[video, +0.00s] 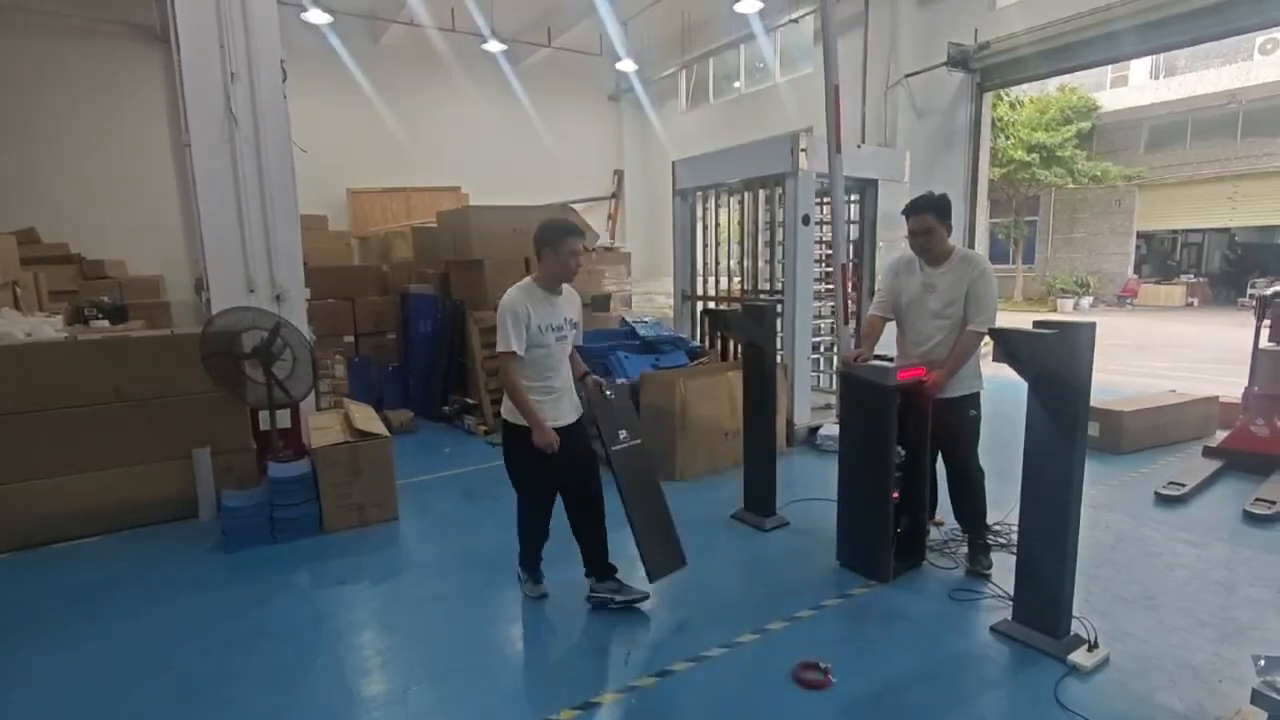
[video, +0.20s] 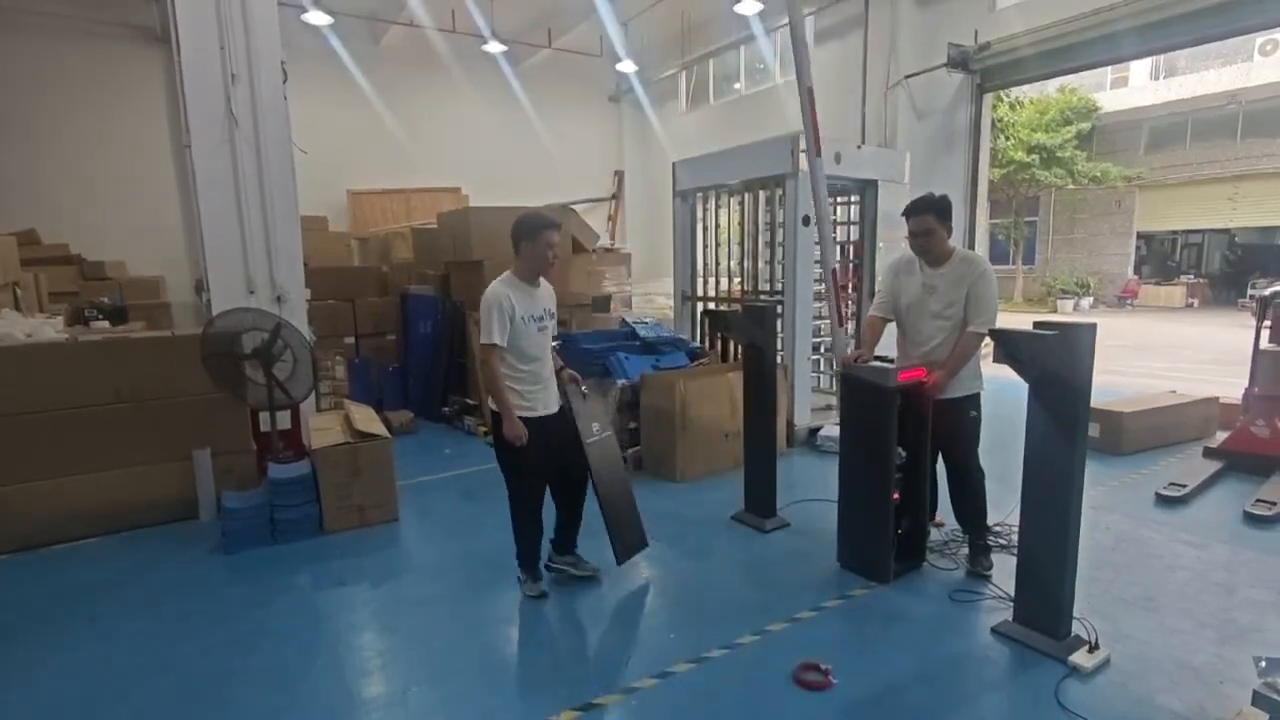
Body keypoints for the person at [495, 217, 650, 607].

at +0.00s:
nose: (580, 263)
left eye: (581, 255)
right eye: (573, 255)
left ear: (573, 256)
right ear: (546, 254)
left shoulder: (571, 298)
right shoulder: (515, 303)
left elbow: (568, 350)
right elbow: (509, 371)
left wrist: (586, 376)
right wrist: (537, 423)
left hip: (569, 421)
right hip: (527, 427)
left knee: (588, 503)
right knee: (535, 506)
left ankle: (601, 579)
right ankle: (530, 567)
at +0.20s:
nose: (555, 255)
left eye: (557, 248)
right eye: (548, 247)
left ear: (550, 249)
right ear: (523, 247)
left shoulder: (546, 291)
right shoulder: (497, 295)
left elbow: (543, 345)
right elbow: (489, 359)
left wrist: (562, 371)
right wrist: (507, 414)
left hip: (553, 413)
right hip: (518, 419)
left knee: (574, 478)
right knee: (526, 497)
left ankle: (563, 552)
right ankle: (529, 569)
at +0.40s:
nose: (540, 254)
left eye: (541, 247)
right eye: (533, 246)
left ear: (533, 249)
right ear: (510, 247)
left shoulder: (532, 291)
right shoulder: (486, 295)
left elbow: (528, 348)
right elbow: (477, 359)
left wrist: (550, 371)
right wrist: (488, 413)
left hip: (540, 406)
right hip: (509, 413)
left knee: (550, 471)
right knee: (520, 490)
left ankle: (520, 521)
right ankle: (527, 566)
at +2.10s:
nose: (538, 264)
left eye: (540, 258)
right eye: (532, 258)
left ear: (541, 259)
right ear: (514, 257)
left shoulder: (536, 292)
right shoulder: (498, 295)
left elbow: (539, 336)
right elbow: (491, 345)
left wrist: (557, 356)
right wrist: (501, 389)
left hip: (542, 389)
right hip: (515, 392)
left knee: (543, 450)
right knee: (514, 455)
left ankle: (544, 505)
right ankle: (496, 517)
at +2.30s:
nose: (551, 263)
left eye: (553, 257)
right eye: (545, 257)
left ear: (553, 258)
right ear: (528, 256)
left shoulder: (549, 291)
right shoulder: (510, 293)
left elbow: (554, 334)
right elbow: (503, 342)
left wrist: (573, 356)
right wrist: (514, 385)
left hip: (552, 385)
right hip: (528, 388)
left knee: (552, 449)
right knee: (537, 453)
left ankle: (546, 504)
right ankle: (532, 514)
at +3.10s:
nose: (590, 260)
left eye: (592, 254)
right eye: (584, 254)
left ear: (589, 254)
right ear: (565, 253)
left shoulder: (589, 286)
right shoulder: (545, 292)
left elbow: (600, 329)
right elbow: (537, 342)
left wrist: (617, 360)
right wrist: (550, 386)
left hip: (597, 386)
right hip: (566, 391)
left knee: (607, 446)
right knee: (569, 456)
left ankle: (600, 503)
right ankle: (577, 514)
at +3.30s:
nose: (603, 258)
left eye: (605, 252)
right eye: (597, 252)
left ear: (602, 252)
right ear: (577, 251)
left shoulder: (600, 285)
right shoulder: (556, 291)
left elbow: (605, 332)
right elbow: (548, 340)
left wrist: (617, 362)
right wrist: (565, 383)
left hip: (607, 386)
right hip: (576, 390)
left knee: (615, 450)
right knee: (576, 456)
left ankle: (616, 509)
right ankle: (579, 515)